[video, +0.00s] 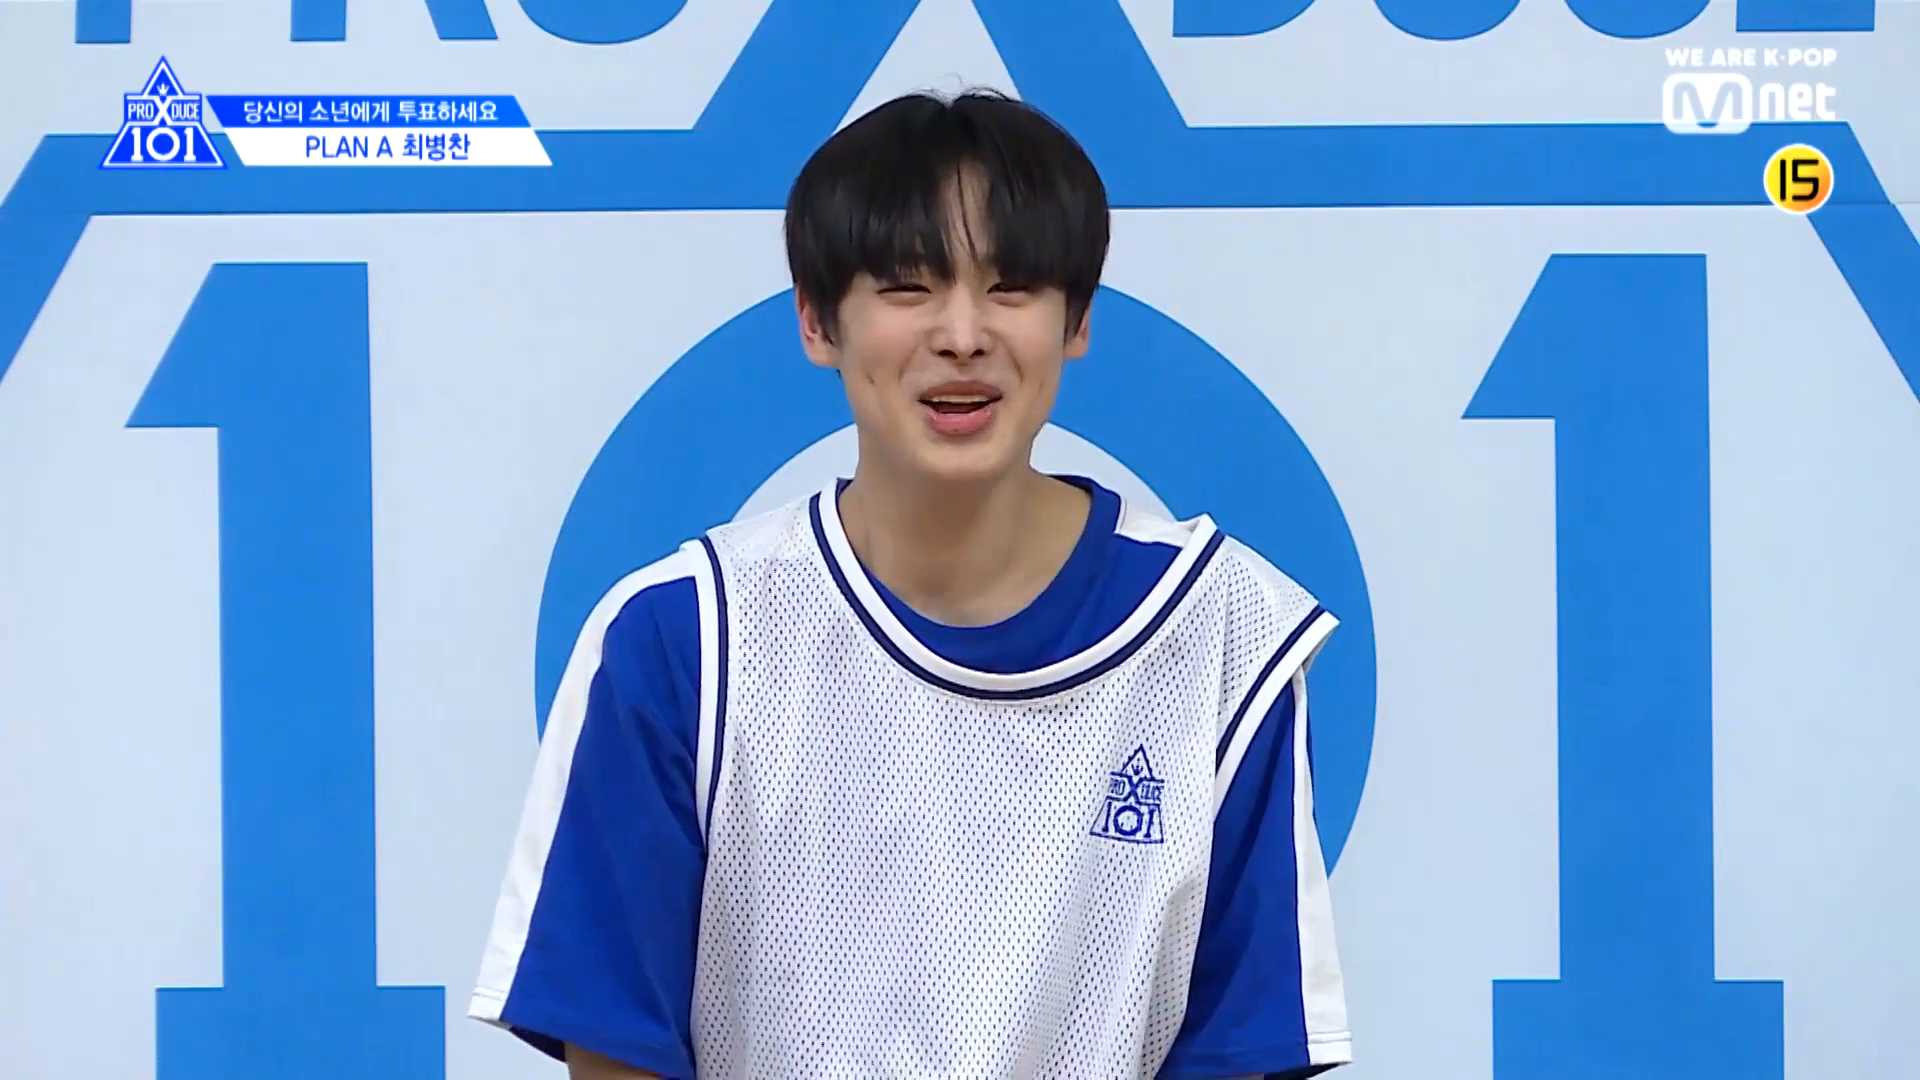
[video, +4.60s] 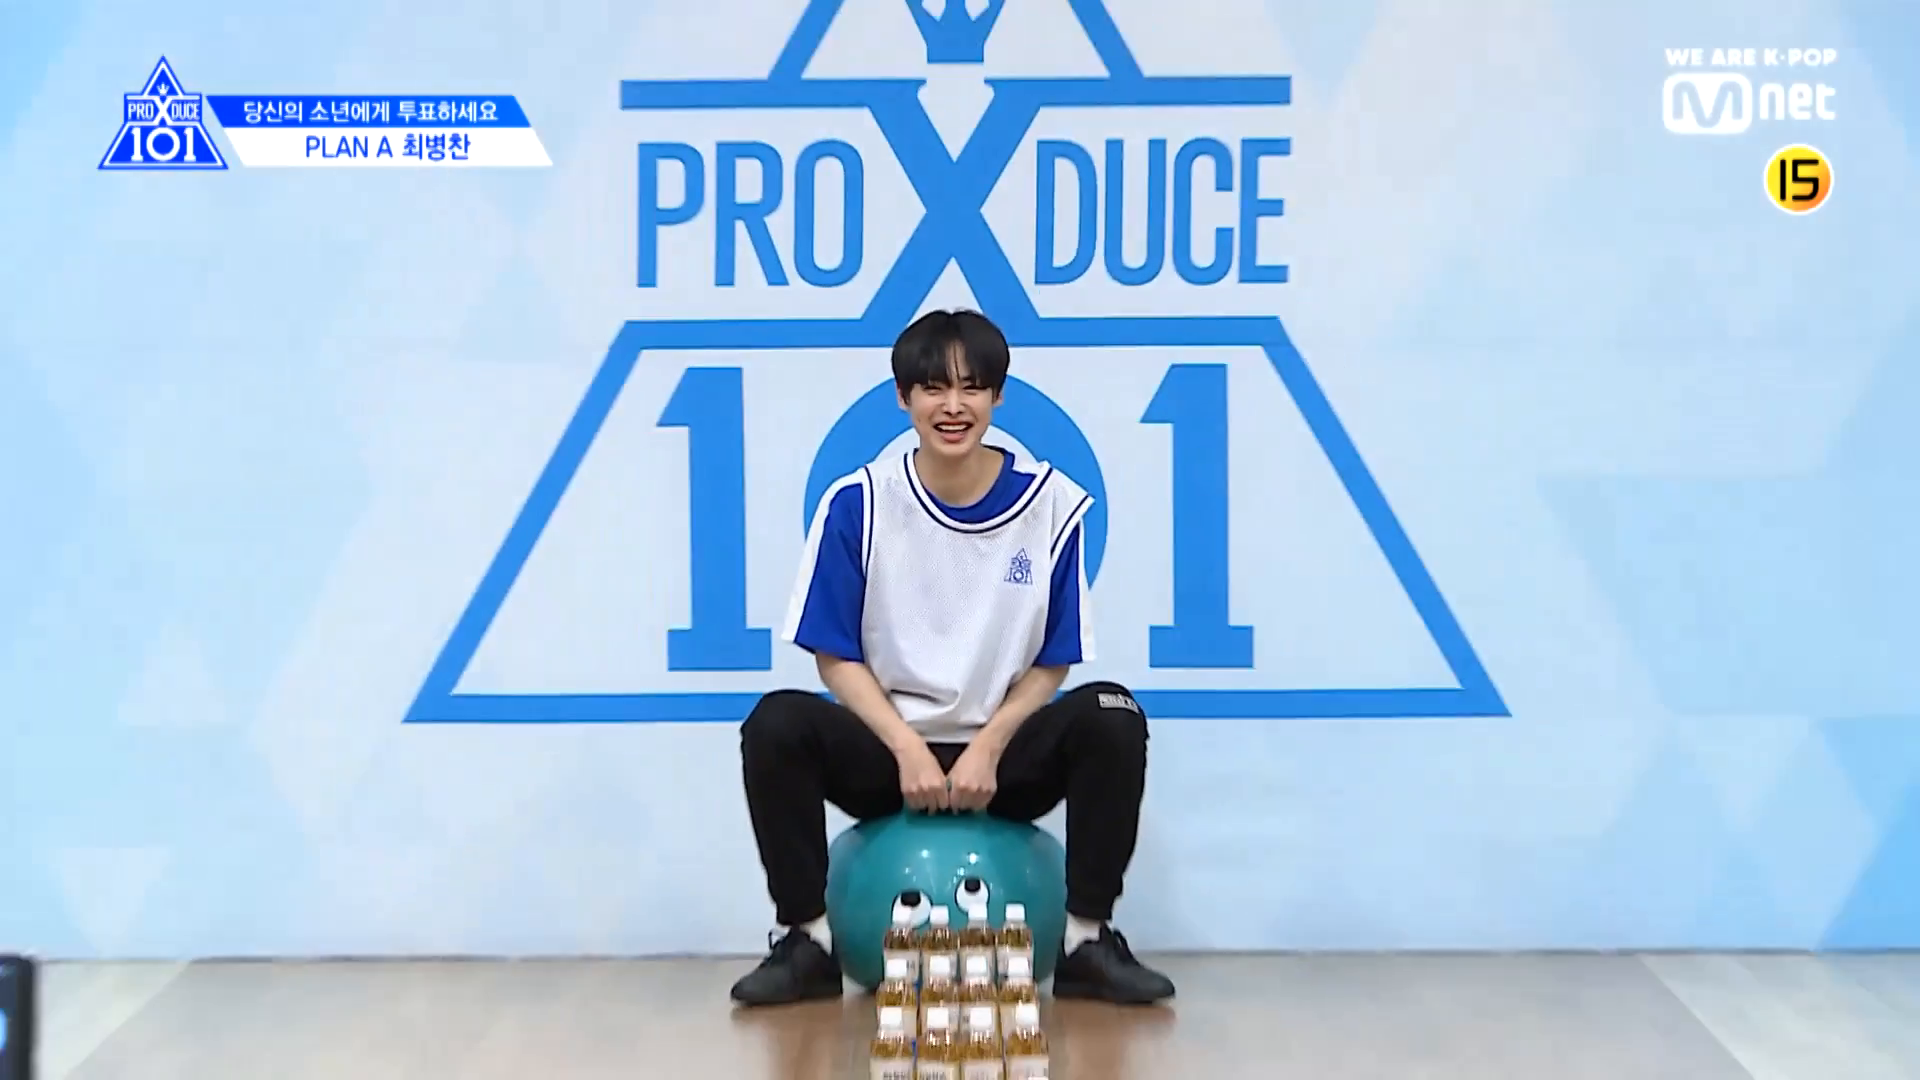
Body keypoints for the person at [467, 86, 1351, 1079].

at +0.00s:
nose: (963, 335)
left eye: (1012, 285)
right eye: (910, 283)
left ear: (1074, 325)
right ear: (821, 323)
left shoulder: (1228, 641)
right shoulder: (673, 643)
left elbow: (1250, 1053)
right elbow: (615, 1049)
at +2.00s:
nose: (975, 359)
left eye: (1023, 306)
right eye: (922, 306)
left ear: (1088, 341)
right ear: (839, 344)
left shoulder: (1246, 653)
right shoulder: (692, 647)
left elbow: (1271, 1051)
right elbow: (616, 1046)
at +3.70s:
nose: (974, 347)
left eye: (1017, 303)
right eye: (928, 301)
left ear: (1070, 336)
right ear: (849, 333)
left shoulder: (1212, 617)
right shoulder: (720, 609)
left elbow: (1204, 991)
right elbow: (672, 978)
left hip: (1076, 1060)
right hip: (810, 1057)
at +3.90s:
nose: (964, 377)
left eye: (999, 342)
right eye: (926, 340)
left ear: (1043, 362)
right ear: (864, 363)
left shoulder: (1154, 584)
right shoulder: (762, 579)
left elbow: (1156, 885)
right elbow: (719, 877)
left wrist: (1018, 1051)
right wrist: (862, 1050)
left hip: (1057, 1050)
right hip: (825, 1045)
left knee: (1271, 988)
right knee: (601, 1001)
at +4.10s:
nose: (958, 391)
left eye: (986, 363)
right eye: (926, 363)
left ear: (1024, 379)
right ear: (879, 380)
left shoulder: (1113, 556)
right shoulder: (798, 551)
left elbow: (1114, 801)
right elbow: (761, 791)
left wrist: (1005, 940)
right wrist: (877, 937)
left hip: (1034, 965)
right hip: (850, 963)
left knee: (1209, 888)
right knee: (668, 901)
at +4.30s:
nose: (955, 396)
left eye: (979, 372)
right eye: (929, 372)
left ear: (1010, 387)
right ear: (892, 387)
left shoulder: (1084, 528)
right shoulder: (825, 525)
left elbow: (1080, 733)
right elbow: (797, 725)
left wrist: (994, 846)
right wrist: (891, 843)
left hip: (1018, 859)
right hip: (864, 859)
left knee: (1159, 804)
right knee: (720, 810)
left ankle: (1125, 1071)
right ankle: (760, 1071)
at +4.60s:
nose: (953, 404)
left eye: (972, 385)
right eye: (934, 385)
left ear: (997, 395)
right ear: (906, 396)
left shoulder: (1053, 505)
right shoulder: (856, 502)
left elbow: (1054, 658)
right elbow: (833, 652)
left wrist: (989, 744)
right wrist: (905, 745)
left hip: (1008, 751)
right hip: (886, 754)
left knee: (1113, 714)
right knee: (774, 722)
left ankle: (1088, 943)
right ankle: (807, 942)